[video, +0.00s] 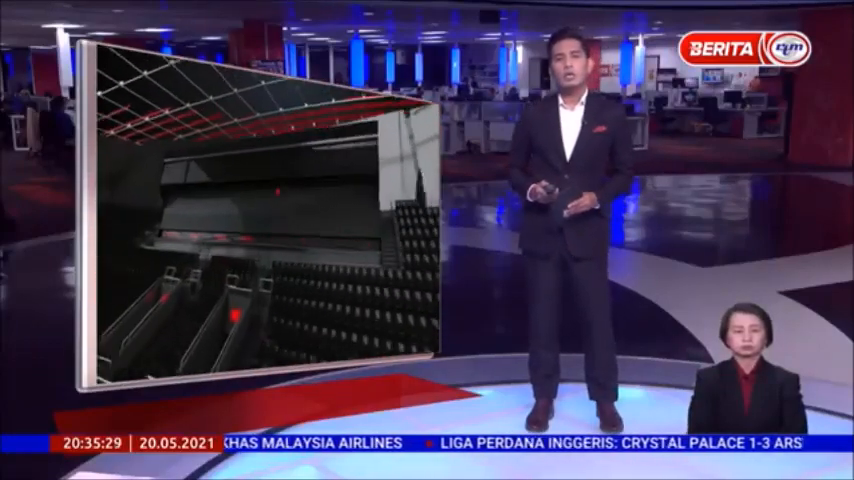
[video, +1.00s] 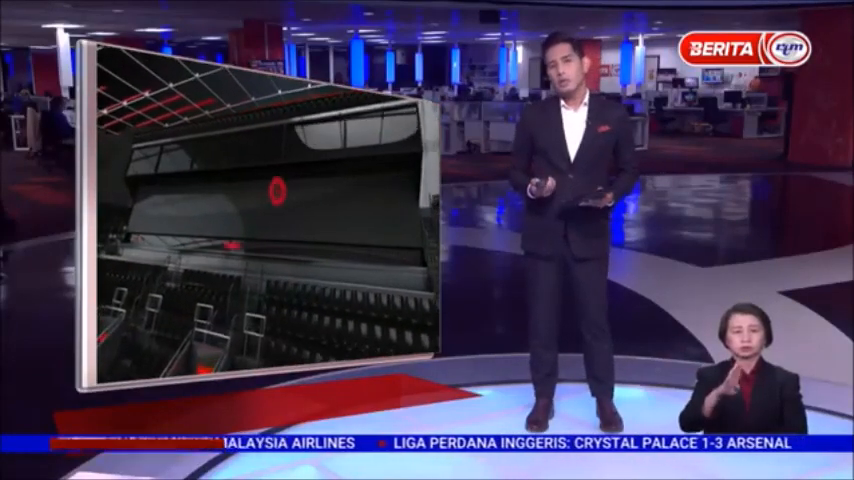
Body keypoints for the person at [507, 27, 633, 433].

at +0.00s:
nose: (567, 65)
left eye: (575, 57)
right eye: (559, 58)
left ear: (590, 63)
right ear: (551, 66)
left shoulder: (611, 112)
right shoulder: (534, 112)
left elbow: (625, 173)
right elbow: (515, 166)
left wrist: (598, 197)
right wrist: (529, 187)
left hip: (588, 232)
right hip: (541, 232)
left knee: (596, 317)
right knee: (543, 317)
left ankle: (605, 400)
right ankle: (543, 398)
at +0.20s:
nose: (566, 64)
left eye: (574, 56)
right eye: (558, 58)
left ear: (587, 63)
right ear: (549, 67)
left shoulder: (609, 111)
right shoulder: (532, 113)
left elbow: (627, 169)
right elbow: (515, 167)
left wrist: (601, 197)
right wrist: (529, 188)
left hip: (588, 231)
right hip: (541, 231)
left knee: (595, 316)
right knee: (542, 317)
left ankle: (605, 399)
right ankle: (542, 397)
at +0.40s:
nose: (566, 65)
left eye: (573, 57)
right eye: (558, 58)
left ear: (587, 63)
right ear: (548, 67)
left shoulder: (609, 111)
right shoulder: (532, 113)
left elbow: (628, 168)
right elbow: (514, 167)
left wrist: (607, 197)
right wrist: (529, 188)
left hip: (588, 231)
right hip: (541, 231)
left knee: (594, 318)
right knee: (542, 318)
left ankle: (604, 399)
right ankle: (542, 398)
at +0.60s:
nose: (559, 67)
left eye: (565, 58)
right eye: (551, 62)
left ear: (583, 63)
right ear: (546, 71)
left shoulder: (611, 111)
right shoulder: (533, 114)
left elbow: (629, 168)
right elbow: (516, 169)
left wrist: (607, 197)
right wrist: (530, 188)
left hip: (589, 232)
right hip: (542, 232)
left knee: (594, 318)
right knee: (542, 318)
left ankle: (605, 400)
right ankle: (542, 398)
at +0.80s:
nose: (559, 69)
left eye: (566, 59)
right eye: (552, 63)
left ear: (584, 64)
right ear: (546, 72)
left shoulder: (611, 111)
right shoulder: (533, 114)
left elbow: (629, 169)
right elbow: (517, 169)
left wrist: (609, 194)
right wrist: (530, 187)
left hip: (589, 231)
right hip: (543, 232)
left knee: (594, 319)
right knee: (542, 319)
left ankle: (605, 400)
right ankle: (542, 398)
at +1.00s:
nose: (559, 70)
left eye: (566, 61)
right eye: (551, 65)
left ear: (584, 64)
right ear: (546, 73)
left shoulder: (611, 112)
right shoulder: (533, 114)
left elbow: (629, 168)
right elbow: (517, 170)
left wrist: (613, 194)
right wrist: (530, 187)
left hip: (589, 232)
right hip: (543, 232)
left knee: (594, 319)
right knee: (542, 319)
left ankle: (605, 400)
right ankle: (542, 398)